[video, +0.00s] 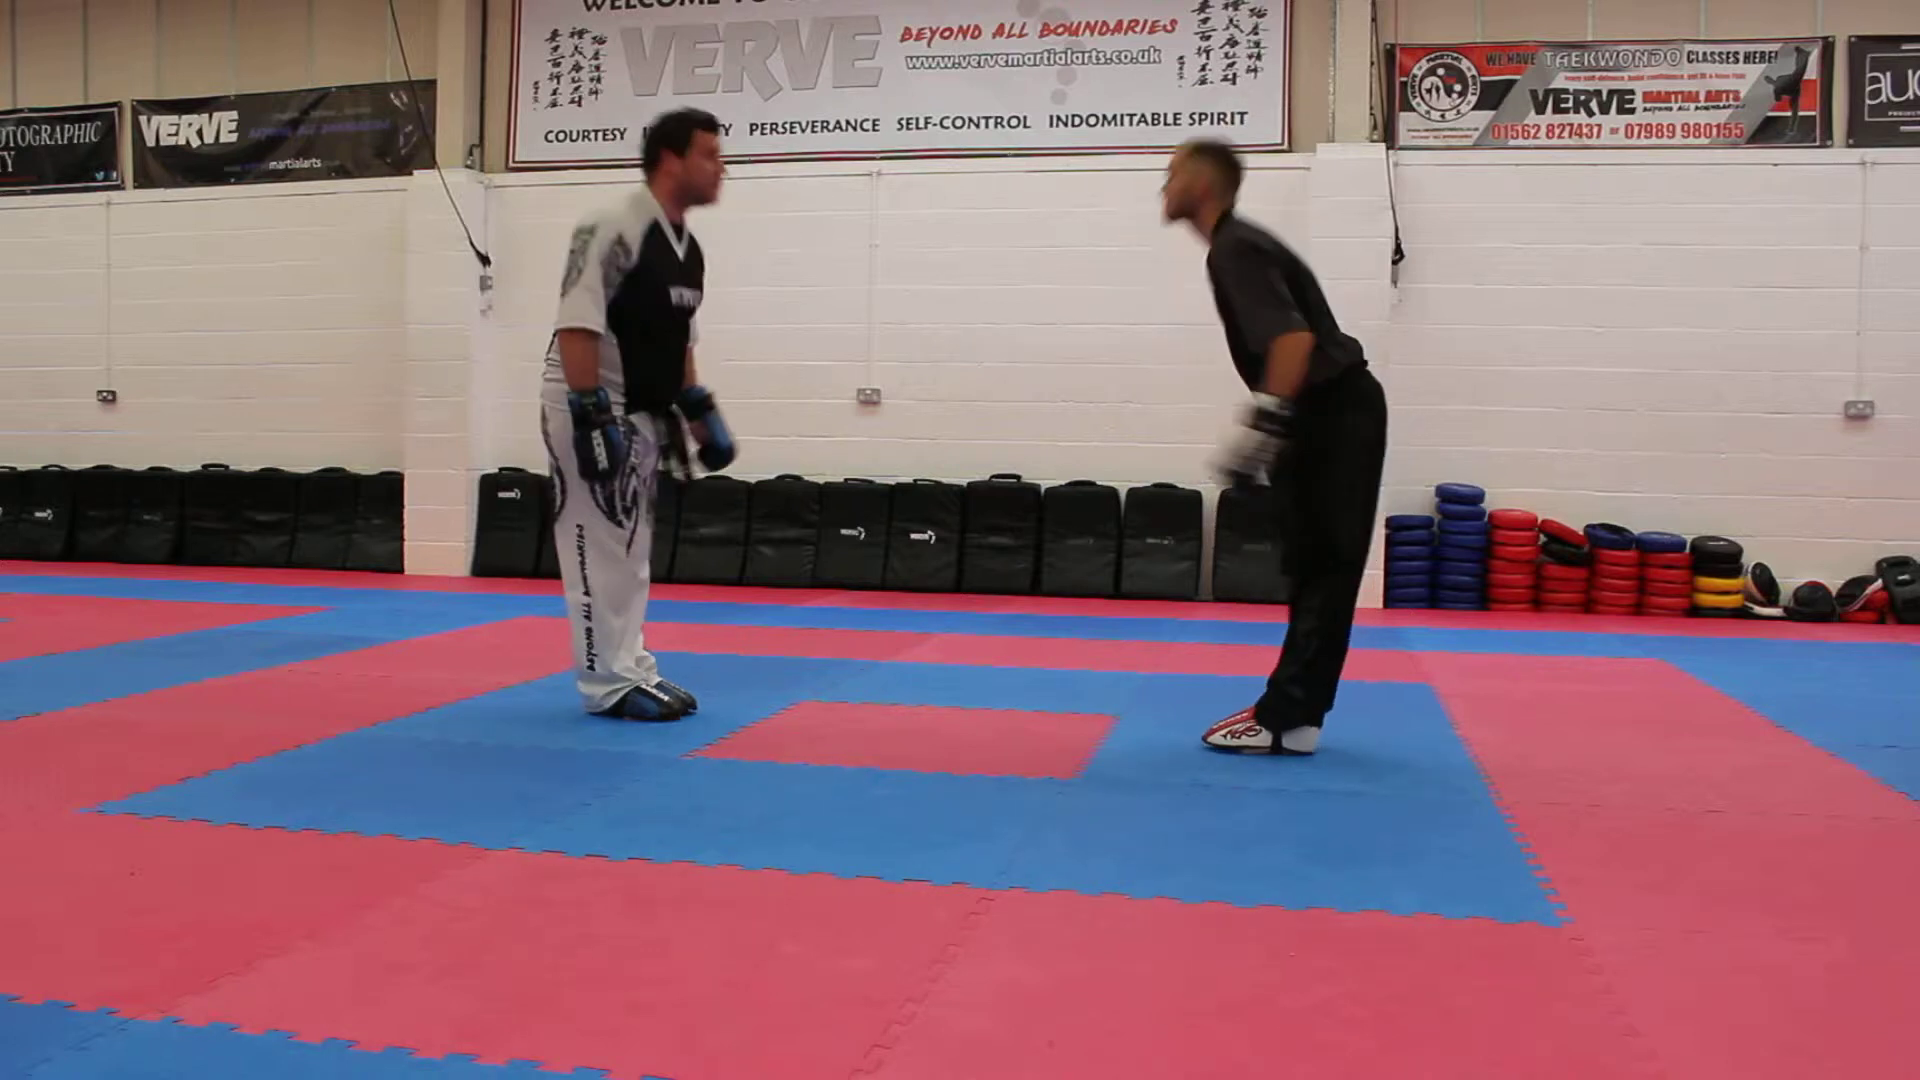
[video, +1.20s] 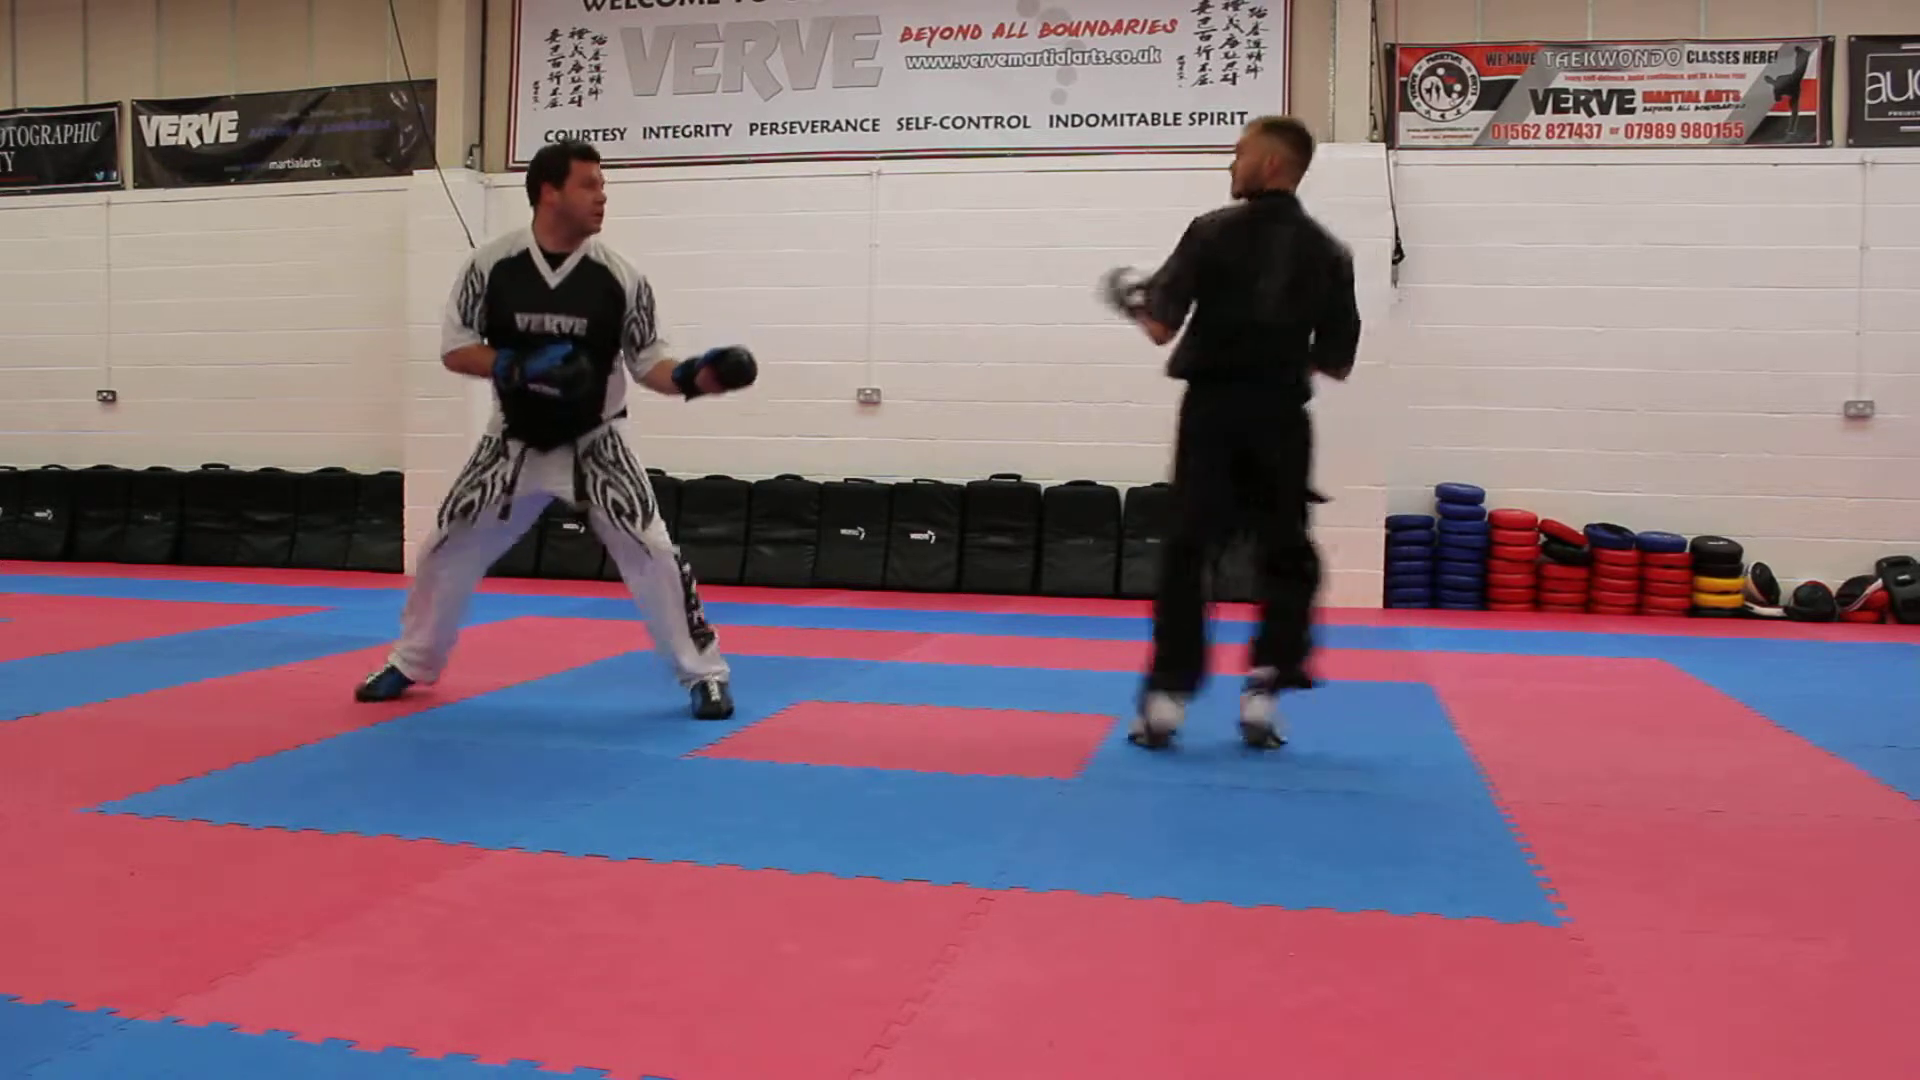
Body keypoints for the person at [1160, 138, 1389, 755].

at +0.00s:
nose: (1164, 186)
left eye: (1173, 174)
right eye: (1168, 174)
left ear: (1204, 182)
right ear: (1207, 183)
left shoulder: (1236, 249)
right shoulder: (1237, 245)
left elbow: (1293, 339)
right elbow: (1297, 338)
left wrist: (1263, 424)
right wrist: (1272, 424)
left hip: (1337, 407)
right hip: (1331, 406)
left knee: (1323, 562)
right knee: (1320, 562)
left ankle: (1289, 714)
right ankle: (1296, 712)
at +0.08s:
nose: (1191, 162)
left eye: (1201, 150)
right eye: (1197, 150)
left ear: (1229, 159)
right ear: (1239, 161)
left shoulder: (1243, 233)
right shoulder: (1270, 224)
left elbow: (1253, 339)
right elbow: (1269, 337)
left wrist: (1189, 400)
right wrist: (1195, 395)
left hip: (1313, 412)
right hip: (1331, 408)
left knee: (1306, 559)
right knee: (1313, 559)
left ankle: (1288, 714)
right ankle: (1295, 709)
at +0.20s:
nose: (1220, 148)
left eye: (1228, 137)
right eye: (1224, 136)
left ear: (1256, 148)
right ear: (1276, 152)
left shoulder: (1246, 224)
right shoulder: (1317, 221)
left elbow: (1202, 329)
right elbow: (1310, 323)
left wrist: (1138, 334)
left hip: (1311, 408)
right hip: (1349, 402)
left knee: (1293, 556)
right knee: (1318, 556)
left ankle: (1286, 715)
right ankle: (1295, 707)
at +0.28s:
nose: (1234, 143)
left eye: (1243, 131)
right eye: (1238, 130)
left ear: (1272, 143)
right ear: (1292, 148)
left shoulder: (1249, 221)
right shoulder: (1331, 218)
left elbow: (1186, 320)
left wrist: (1141, 294)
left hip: (1307, 406)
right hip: (1355, 401)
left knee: (1289, 555)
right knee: (1333, 552)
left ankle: (1286, 716)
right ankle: (1327, 700)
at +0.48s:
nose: (1268, 139)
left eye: (1279, 129)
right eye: (1273, 128)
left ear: (1309, 142)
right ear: (1326, 146)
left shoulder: (1273, 222)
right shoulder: (1366, 227)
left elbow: (1231, 326)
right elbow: (1334, 316)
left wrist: (1191, 300)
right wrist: (1250, 329)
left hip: (1298, 419)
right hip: (1362, 413)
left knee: (1279, 564)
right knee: (1372, 558)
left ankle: (1282, 713)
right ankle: (1418, 693)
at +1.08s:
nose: (1244, 154)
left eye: (1253, 143)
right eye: (1247, 143)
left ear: (1286, 151)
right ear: (1300, 155)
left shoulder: (1238, 230)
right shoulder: (1349, 236)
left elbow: (1200, 307)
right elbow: (1347, 338)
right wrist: (1249, 334)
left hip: (1250, 420)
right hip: (1323, 419)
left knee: (1228, 565)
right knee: (1351, 557)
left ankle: (1185, 716)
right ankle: (1378, 696)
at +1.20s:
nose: (1232, 163)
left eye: (1241, 152)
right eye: (1237, 151)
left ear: (1270, 162)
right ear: (1296, 168)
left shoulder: (1213, 231)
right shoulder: (1327, 252)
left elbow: (1160, 324)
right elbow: (1336, 360)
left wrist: (1135, 295)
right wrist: (1278, 342)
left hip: (1208, 419)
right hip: (1281, 423)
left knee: (1187, 548)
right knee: (1288, 552)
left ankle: (1166, 697)